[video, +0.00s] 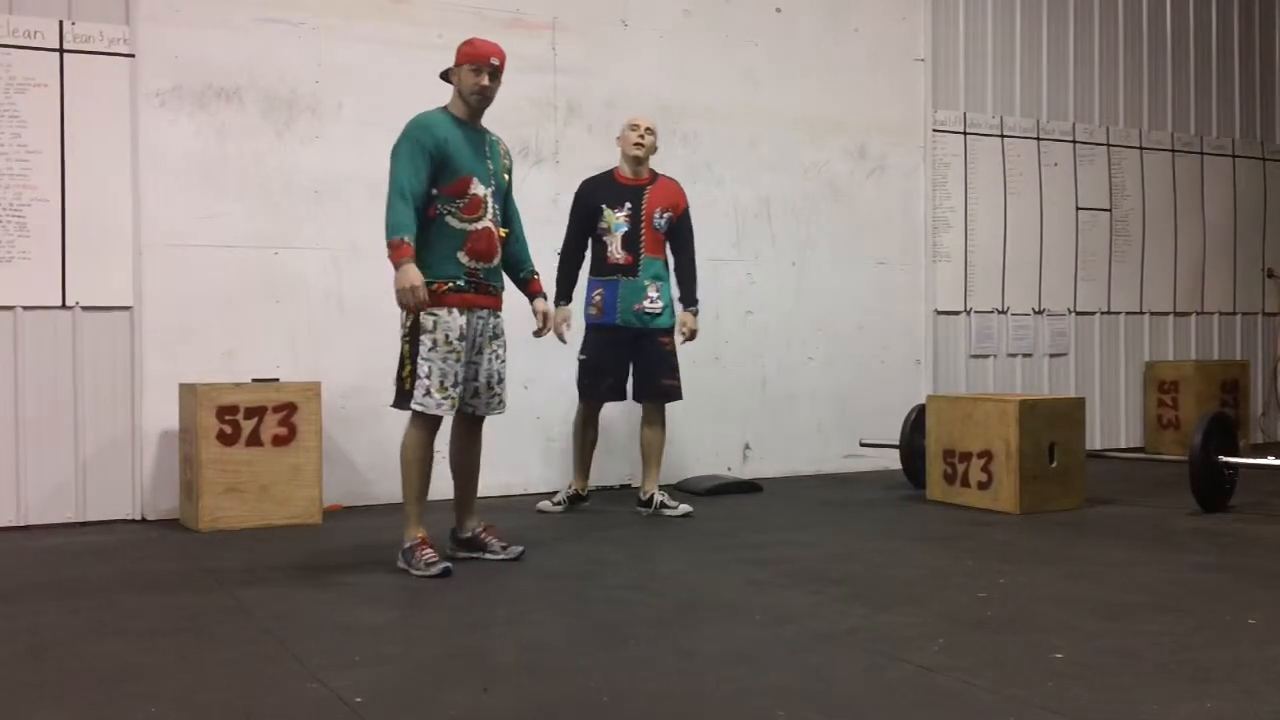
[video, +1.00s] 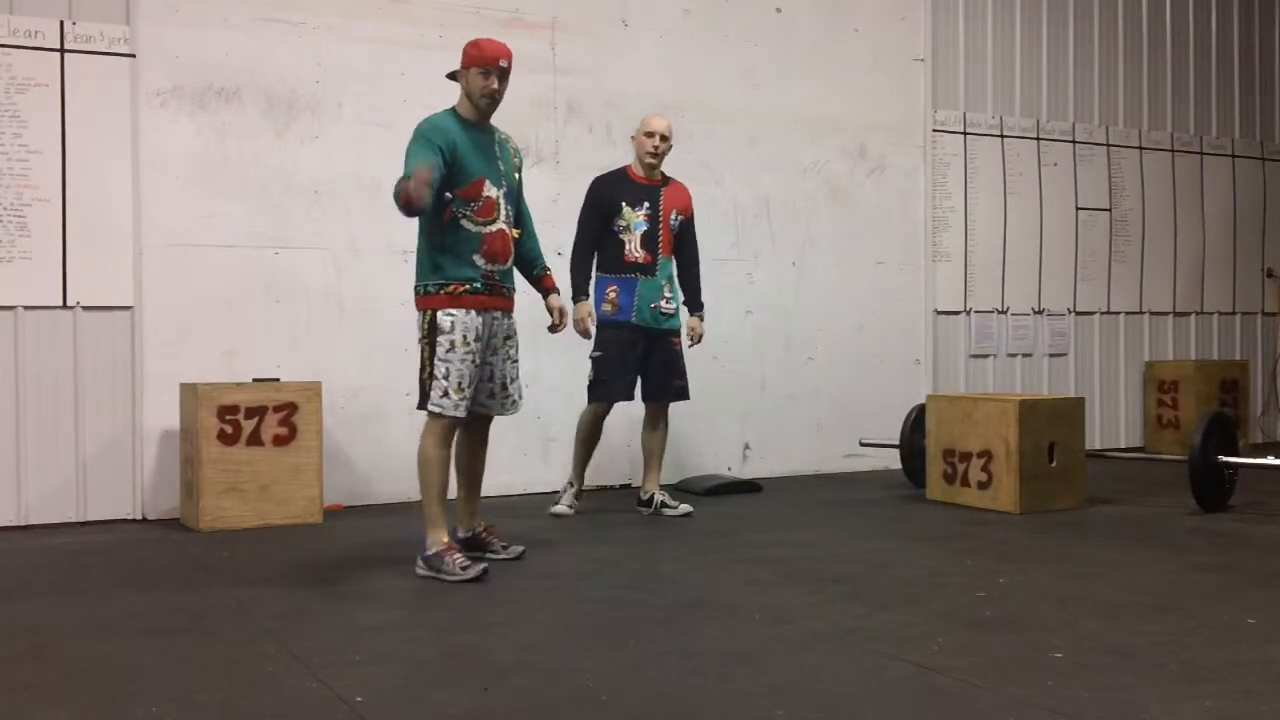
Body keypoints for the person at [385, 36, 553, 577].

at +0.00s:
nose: (485, 79)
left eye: (494, 73)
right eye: (476, 70)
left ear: (500, 84)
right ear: (453, 75)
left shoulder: (496, 149)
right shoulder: (426, 130)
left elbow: (508, 226)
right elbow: (401, 199)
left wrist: (537, 291)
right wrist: (404, 264)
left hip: (485, 302)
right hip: (438, 299)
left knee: (472, 413)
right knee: (427, 413)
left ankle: (466, 526)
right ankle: (414, 537)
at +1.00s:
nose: (491, 83)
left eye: (500, 75)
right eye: (482, 72)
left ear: (507, 83)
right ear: (460, 76)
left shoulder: (506, 148)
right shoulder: (437, 133)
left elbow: (520, 225)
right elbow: (415, 189)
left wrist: (549, 289)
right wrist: (417, 190)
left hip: (497, 300)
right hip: (450, 296)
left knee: (479, 416)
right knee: (443, 416)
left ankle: (470, 529)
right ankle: (436, 545)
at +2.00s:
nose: (437, 66)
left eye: (444, 56)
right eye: (425, 57)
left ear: (455, 62)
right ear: (405, 65)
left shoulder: (475, 130)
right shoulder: (384, 132)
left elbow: (499, 214)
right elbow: (374, 219)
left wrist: (522, 281)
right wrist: (401, 296)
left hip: (477, 300)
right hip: (418, 301)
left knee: (497, 405)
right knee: (414, 419)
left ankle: (473, 512)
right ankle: (430, 544)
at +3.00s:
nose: (503, 101)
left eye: (506, 92)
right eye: (501, 89)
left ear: (479, 83)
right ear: (474, 80)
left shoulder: (480, 144)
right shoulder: (426, 128)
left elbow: (490, 220)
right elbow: (411, 199)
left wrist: (524, 282)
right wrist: (431, 249)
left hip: (476, 300)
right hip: (438, 299)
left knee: (461, 415)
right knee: (437, 416)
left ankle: (451, 532)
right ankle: (433, 547)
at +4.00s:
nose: (495, 105)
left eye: (497, 95)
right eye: (494, 94)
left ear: (463, 83)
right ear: (472, 86)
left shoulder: (454, 132)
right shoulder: (418, 134)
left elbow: (483, 175)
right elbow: (451, 212)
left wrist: (530, 165)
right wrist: (525, 230)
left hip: (457, 296)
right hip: (422, 298)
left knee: (447, 419)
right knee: (415, 419)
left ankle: (448, 532)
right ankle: (402, 546)